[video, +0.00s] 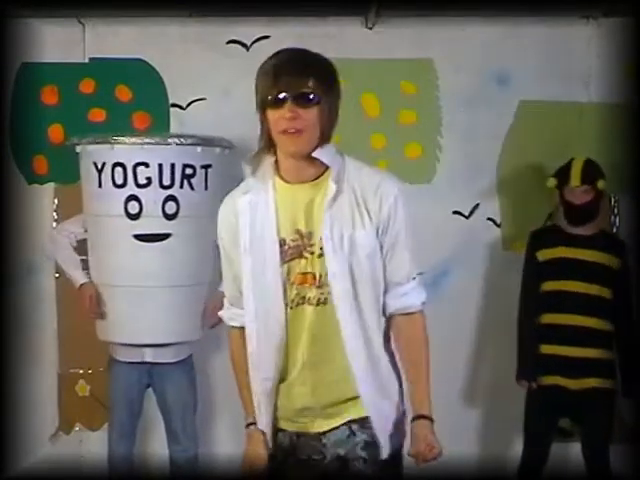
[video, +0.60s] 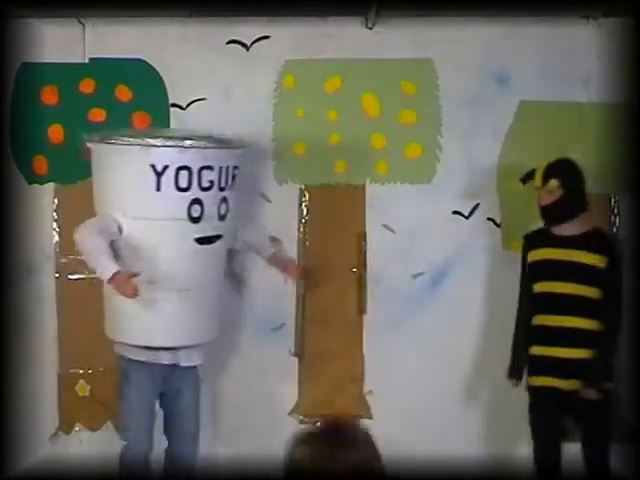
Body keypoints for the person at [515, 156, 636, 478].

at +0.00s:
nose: (579, 197)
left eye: (587, 189)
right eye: (571, 189)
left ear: (599, 194)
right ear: (560, 193)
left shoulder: (615, 248)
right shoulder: (540, 241)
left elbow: (625, 313)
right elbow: (528, 307)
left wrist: (628, 372)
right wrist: (525, 363)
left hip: (597, 374)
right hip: (548, 371)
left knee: (597, 459)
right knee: (533, 457)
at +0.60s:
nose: (541, 197)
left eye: (549, 189)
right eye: (540, 189)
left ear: (569, 191)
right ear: (538, 192)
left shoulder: (602, 244)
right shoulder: (533, 242)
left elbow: (614, 311)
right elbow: (525, 306)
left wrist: (602, 367)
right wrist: (518, 359)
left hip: (591, 376)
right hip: (543, 375)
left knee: (597, 463)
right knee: (545, 463)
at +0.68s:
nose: (529, 198)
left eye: (537, 189)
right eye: (527, 190)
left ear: (557, 191)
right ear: (527, 193)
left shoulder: (594, 247)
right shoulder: (527, 244)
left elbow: (603, 317)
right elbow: (520, 309)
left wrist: (586, 373)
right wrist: (509, 361)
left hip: (583, 378)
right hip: (537, 378)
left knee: (592, 467)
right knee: (543, 466)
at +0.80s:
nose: (508, 199)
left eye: (514, 190)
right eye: (506, 191)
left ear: (536, 191)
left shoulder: (573, 246)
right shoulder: (517, 247)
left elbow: (585, 317)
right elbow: (508, 313)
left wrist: (572, 377)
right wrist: (494, 369)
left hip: (565, 378)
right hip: (524, 377)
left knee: (575, 461)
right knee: (537, 463)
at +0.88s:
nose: (496, 201)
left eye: (502, 191)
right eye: (495, 192)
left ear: (523, 193)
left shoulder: (558, 246)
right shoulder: (510, 248)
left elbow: (573, 319)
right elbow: (499, 317)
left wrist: (567, 381)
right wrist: (481, 372)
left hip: (549, 382)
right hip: (516, 380)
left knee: (549, 468)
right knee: (539, 467)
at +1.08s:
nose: (454, 206)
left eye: (460, 196)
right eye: (455, 196)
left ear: (481, 199)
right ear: (484, 202)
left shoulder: (513, 255)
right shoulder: (489, 253)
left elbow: (533, 323)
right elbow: (472, 316)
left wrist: (531, 379)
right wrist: (443, 366)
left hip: (512, 383)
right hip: (497, 380)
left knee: (474, 457)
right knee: (530, 464)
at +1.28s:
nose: (409, 209)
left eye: (414, 200)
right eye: (410, 201)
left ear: (433, 204)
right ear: (442, 205)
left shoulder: (456, 256)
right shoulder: (445, 254)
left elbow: (462, 331)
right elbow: (432, 320)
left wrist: (443, 385)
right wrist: (387, 361)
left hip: (467, 378)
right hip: (467, 376)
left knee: (409, 461)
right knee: (484, 459)